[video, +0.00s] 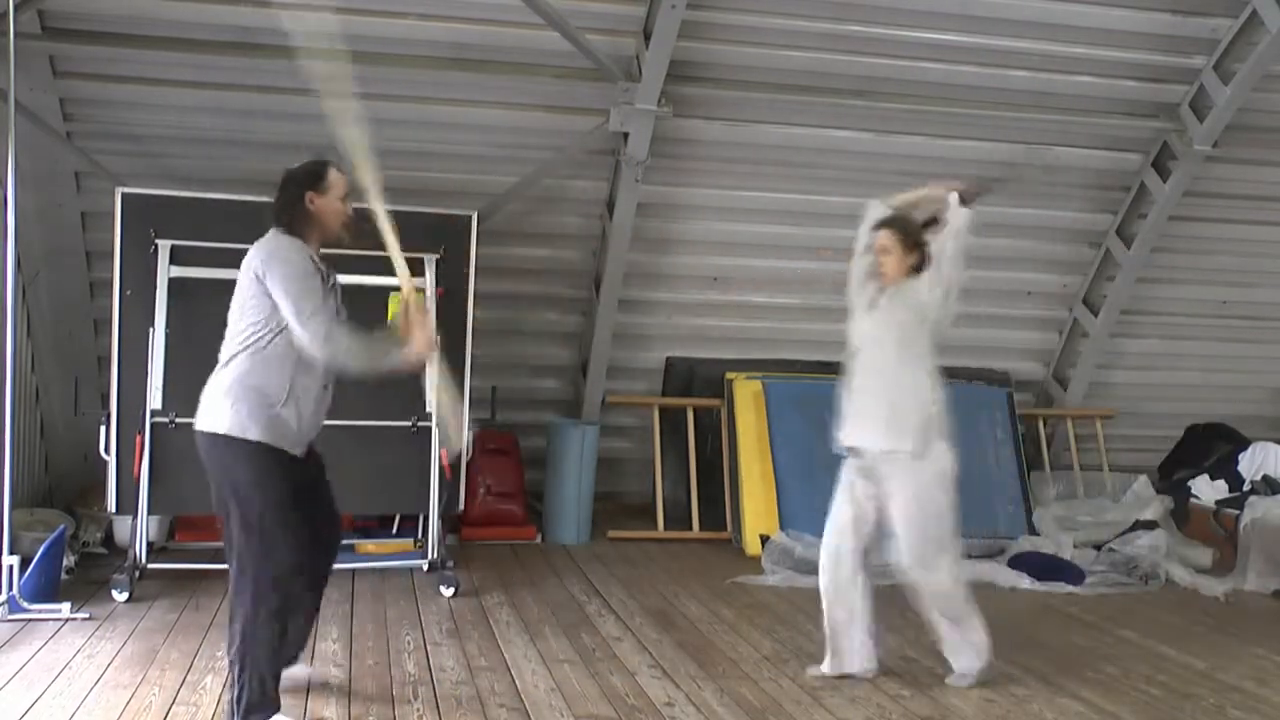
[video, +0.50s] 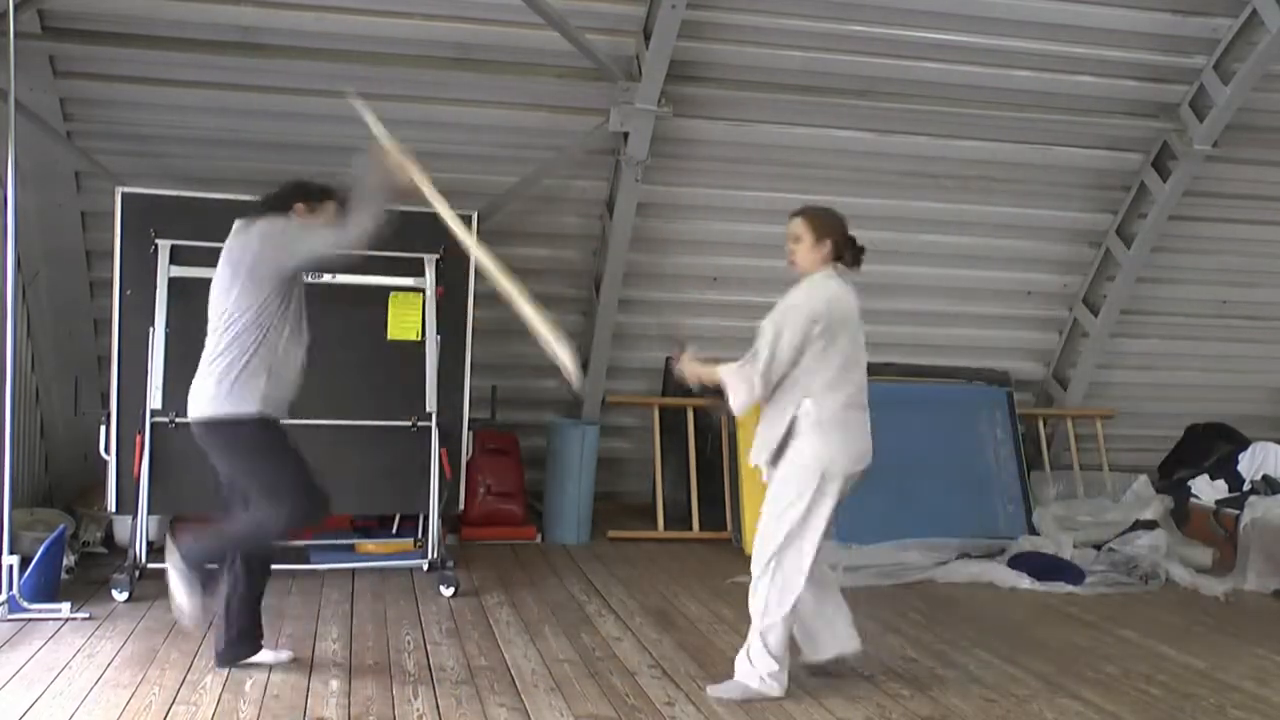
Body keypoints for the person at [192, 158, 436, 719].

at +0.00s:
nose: (349, 209)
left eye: (348, 199)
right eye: (342, 198)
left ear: (313, 202)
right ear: (310, 201)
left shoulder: (320, 274)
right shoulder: (280, 251)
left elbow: (339, 346)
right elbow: (324, 341)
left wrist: (399, 336)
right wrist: (402, 351)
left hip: (285, 434)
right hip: (243, 427)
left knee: (319, 540)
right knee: (269, 560)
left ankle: (278, 660)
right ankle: (251, 708)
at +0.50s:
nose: (328, 229)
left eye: (329, 220)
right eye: (326, 219)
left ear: (294, 209)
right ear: (302, 209)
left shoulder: (252, 241)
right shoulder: (265, 236)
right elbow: (348, 235)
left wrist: (379, 186)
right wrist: (382, 178)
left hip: (226, 412)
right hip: (234, 413)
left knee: (252, 524)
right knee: (300, 503)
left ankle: (237, 645)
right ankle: (190, 551)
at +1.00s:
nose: (317, 239)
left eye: (317, 229)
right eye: (311, 229)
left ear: (274, 229)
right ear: (283, 230)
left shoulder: (233, 268)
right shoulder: (271, 276)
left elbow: (315, 296)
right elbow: (344, 310)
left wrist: (361, 273)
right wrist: (383, 279)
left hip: (184, 421)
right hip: (213, 428)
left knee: (247, 522)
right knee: (261, 548)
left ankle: (220, 619)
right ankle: (246, 679)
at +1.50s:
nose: (268, 252)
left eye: (271, 242)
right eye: (263, 239)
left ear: (235, 230)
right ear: (237, 228)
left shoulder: (196, 254)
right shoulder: (211, 268)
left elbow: (278, 276)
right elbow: (246, 337)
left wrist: (319, 289)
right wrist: (308, 318)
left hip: (131, 402)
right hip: (152, 409)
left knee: (135, 509)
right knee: (177, 507)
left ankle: (120, 612)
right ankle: (113, 606)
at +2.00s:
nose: (282, 243)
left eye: (287, 234)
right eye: (276, 231)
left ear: (284, 237)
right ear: (244, 224)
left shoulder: (277, 273)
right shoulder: (206, 258)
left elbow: (333, 225)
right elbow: (211, 161)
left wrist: (310, 161)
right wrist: (257, 121)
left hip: (234, 418)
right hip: (188, 408)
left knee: (189, 524)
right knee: (221, 525)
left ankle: (124, 611)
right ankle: (183, 654)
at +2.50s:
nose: (416, 245)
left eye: (418, 235)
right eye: (409, 232)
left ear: (396, 233)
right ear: (379, 227)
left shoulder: (382, 279)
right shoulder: (348, 270)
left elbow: (439, 306)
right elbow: (409, 328)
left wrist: (502, 301)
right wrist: (495, 327)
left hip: (366, 432)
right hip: (333, 427)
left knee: (408, 537)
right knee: (385, 541)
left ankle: (378, 653)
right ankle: (289, 619)